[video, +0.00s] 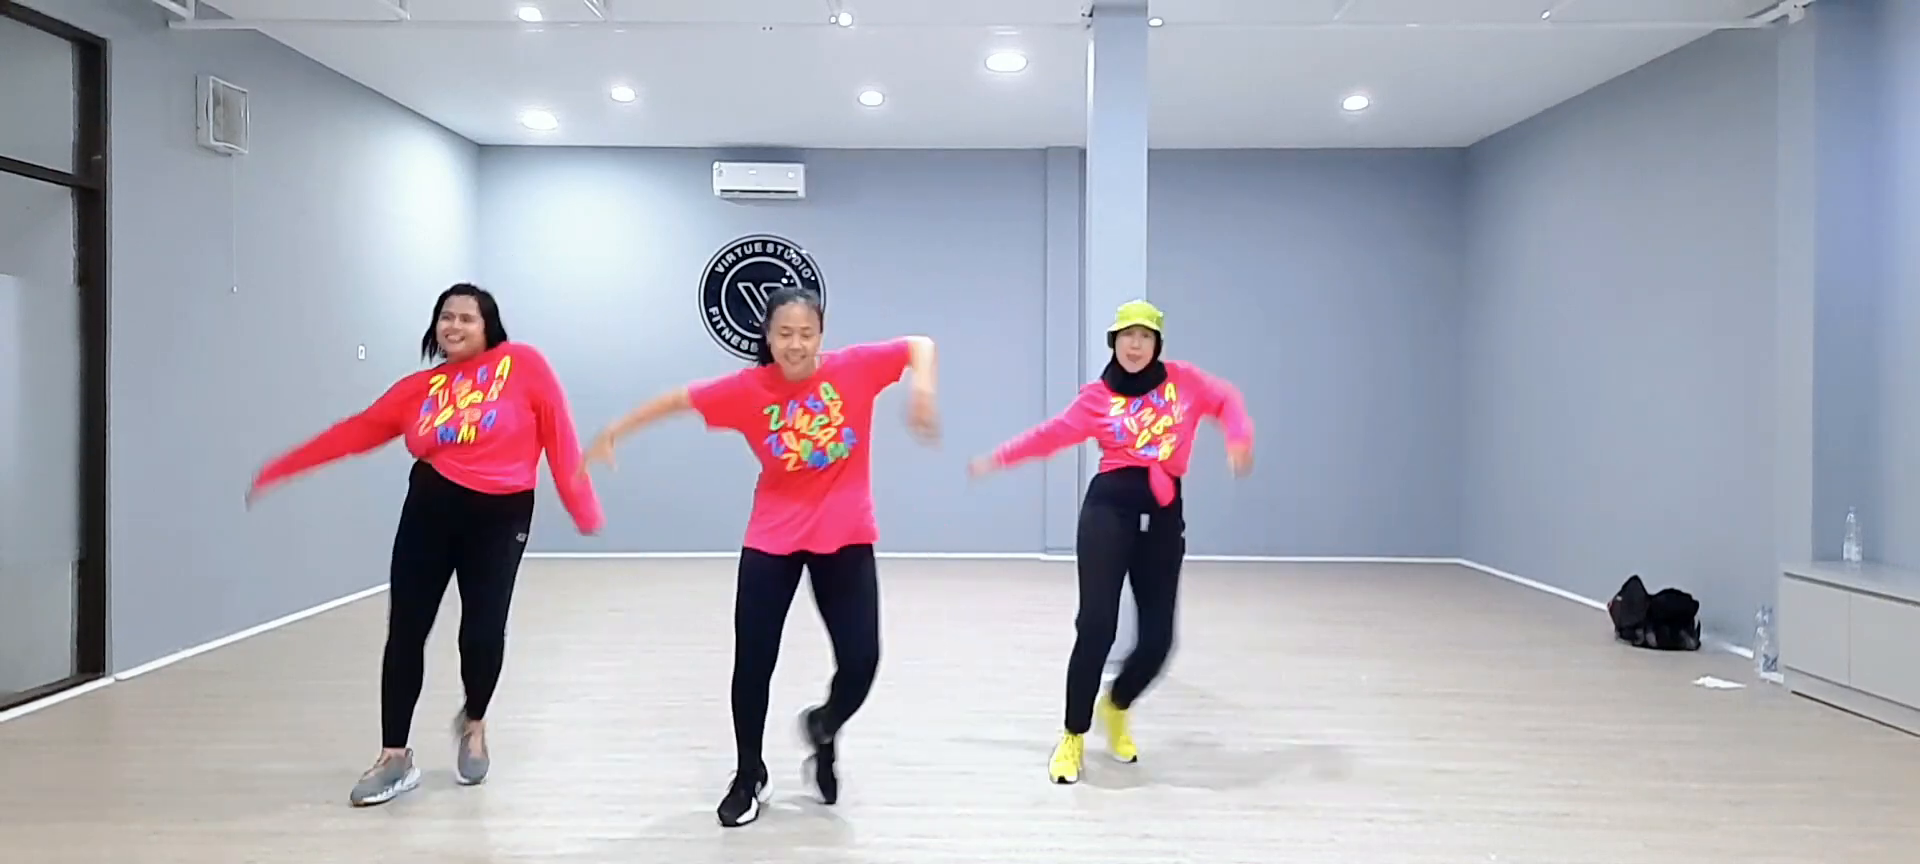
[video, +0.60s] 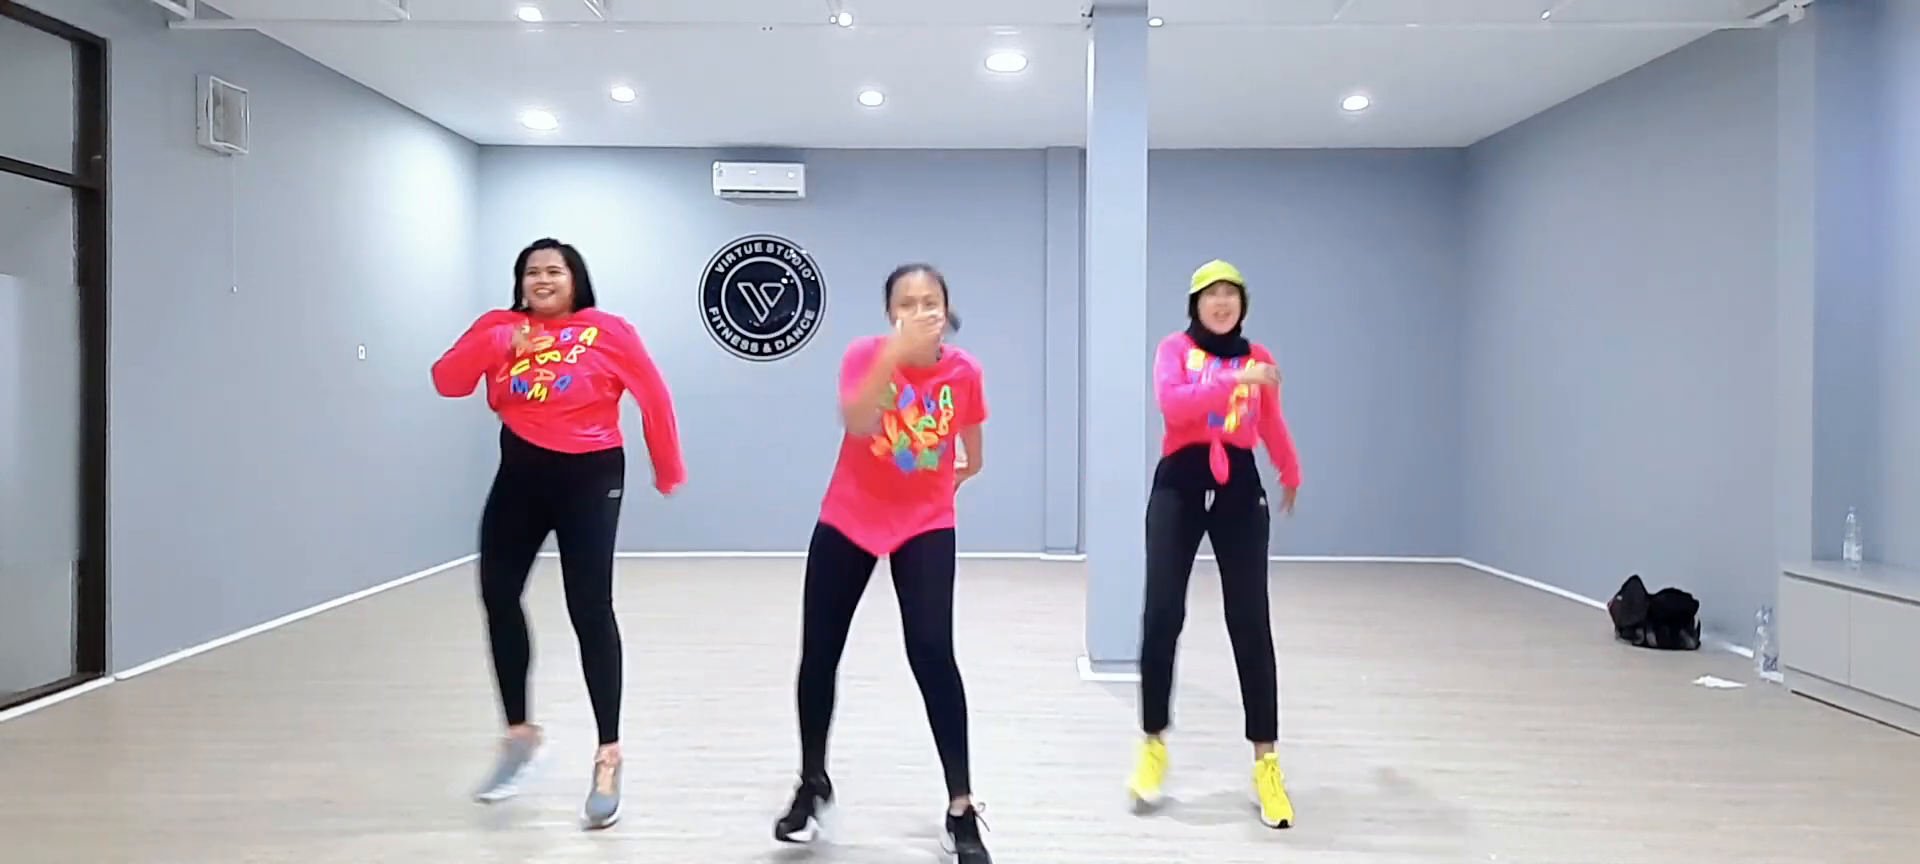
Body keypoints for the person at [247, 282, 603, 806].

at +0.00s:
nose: (453, 324)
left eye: (466, 318)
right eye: (446, 317)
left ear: (488, 328)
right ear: (435, 326)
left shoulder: (522, 363)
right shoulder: (419, 387)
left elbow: (561, 438)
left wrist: (584, 507)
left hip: (499, 513)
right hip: (429, 506)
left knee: (483, 632)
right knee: (406, 629)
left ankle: (474, 724)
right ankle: (394, 755)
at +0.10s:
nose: (454, 330)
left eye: (467, 323)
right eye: (446, 322)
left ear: (488, 332)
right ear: (434, 333)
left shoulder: (521, 371)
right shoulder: (411, 394)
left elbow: (561, 435)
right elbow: (361, 464)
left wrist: (586, 494)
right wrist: (307, 526)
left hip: (500, 517)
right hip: (430, 513)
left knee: (497, 613)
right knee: (401, 631)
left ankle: (498, 717)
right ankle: (394, 755)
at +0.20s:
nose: (465, 333)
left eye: (477, 325)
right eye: (455, 324)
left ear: (497, 336)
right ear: (441, 333)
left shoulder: (533, 377)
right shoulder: (417, 397)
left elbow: (569, 437)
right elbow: (399, 479)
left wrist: (588, 486)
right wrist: (373, 551)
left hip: (512, 515)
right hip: (440, 513)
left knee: (519, 613)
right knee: (409, 633)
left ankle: (547, 749)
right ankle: (396, 756)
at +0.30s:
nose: (485, 334)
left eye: (498, 327)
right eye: (475, 327)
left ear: (516, 338)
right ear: (460, 337)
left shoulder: (549, 381)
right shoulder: (439, 394)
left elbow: (585, 444)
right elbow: (432, 467)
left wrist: (608, 498)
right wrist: (442, 533)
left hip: (534, 527)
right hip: (466, 524)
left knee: (547, 636)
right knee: (423, 643)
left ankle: (592, 776)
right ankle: (396, 757)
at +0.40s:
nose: (508, 322)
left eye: (520, 314)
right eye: (499, 314)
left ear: (541, 323)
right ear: (485, 325)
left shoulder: (576, 375)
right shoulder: (464, 376)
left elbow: (620, 434)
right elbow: (436, 437)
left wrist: (641, 495)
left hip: (564, 514)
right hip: (494, 515)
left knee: (568, 635)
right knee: (444, 637)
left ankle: (591, 776)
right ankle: (410, 745)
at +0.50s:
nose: (527, 296)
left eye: (539, 287)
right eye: (517, 289)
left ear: (559, 297)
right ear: (505, 300)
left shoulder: (594, 348)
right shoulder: (484, 346)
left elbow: (647, 397)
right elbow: (437, 398)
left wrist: (647, 465)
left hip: (579, 495)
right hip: (510, 491)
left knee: (576, 622)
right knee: (465, 602)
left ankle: (595, 769)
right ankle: (462, 735)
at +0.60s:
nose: (542, 279)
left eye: (554, 271)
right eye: (533, 272)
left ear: (576, 281)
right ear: (521, 283)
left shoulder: (608, 331)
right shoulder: (501, 328)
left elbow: (655, 396)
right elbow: (447, 381)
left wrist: (668, 467)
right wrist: (494, 337)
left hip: (591, 476)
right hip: (522, 472)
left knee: (589, 605)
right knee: (498, 590)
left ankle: (608, 755)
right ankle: (519, 730)